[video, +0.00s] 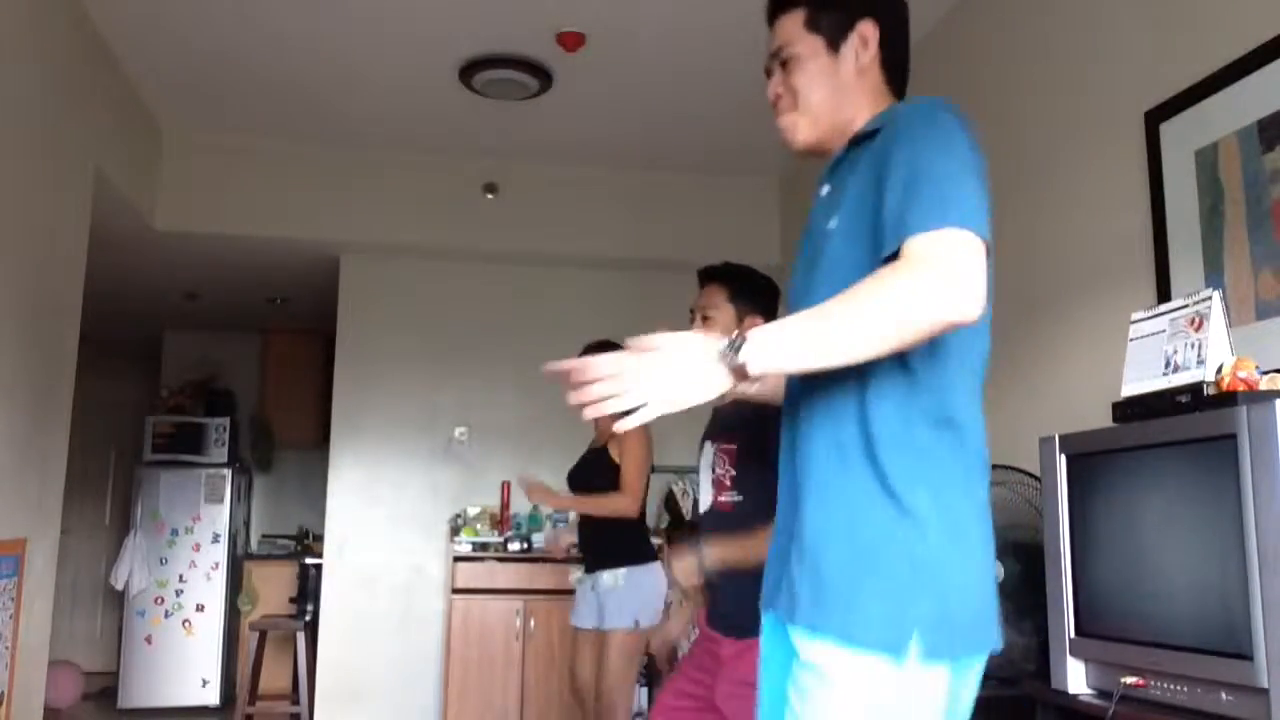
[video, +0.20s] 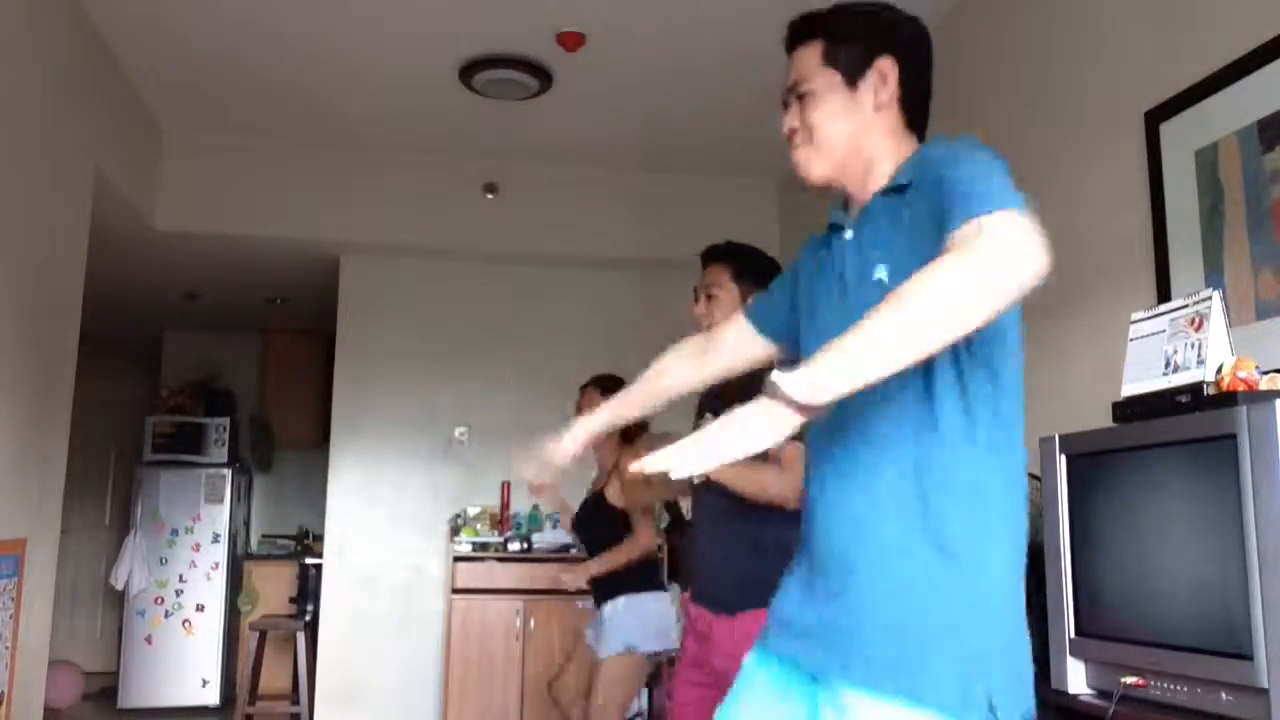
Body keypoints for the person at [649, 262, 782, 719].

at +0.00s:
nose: (694, 332)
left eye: (707, 319)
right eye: (694, 319)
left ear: (752, 328)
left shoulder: (784, 417)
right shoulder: (723, 417)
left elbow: (801, 528)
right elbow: (715, 525)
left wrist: (705, 554)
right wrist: (681, 614)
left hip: (764, 643)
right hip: (713, 636)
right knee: (667, 713)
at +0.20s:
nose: (698, 311)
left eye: (711, 295)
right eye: (697, 297)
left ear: (755, 299)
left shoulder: (789, 378)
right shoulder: (717, 390)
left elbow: (791, 487)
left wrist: (706, 462)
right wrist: (661, 472)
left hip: (761, 611)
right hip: (703, 605)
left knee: (752, 712)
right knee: (686, 712)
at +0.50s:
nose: (692, 314)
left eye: (706, 300)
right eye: (691, 301)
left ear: (749, 312)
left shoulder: (766, 392)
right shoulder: (713, 392)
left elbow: (789, 495)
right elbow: (693, 458)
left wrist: (705, 494)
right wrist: (655, 473)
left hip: (743, 607)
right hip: (704, 602)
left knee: (717, 711)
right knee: (701, 708)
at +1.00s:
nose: (705, 316)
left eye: (718, 299)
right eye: (702, 300)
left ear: (753, 307)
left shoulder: (781, 374)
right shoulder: (714, 387)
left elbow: (785, 470)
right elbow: (668, 451)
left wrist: (688, 455)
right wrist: (601, 475)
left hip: (768, 610)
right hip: (709, 606)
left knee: (757, 708)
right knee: (702, 711)